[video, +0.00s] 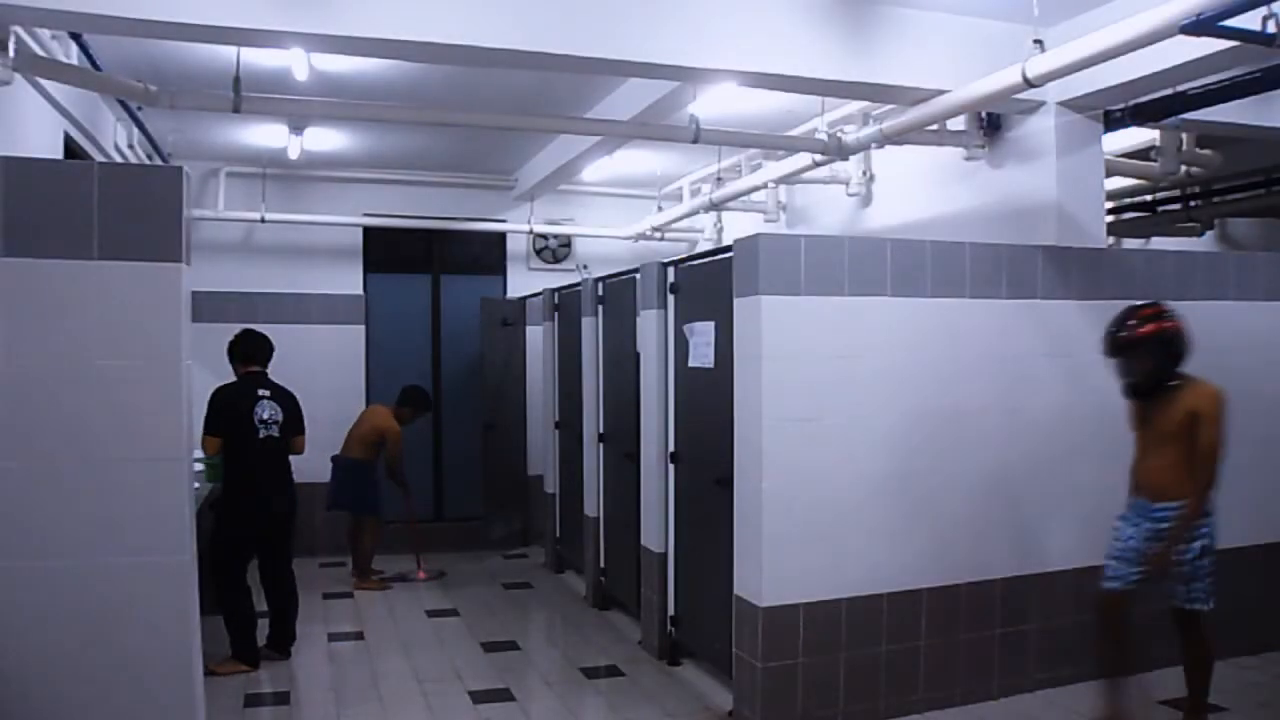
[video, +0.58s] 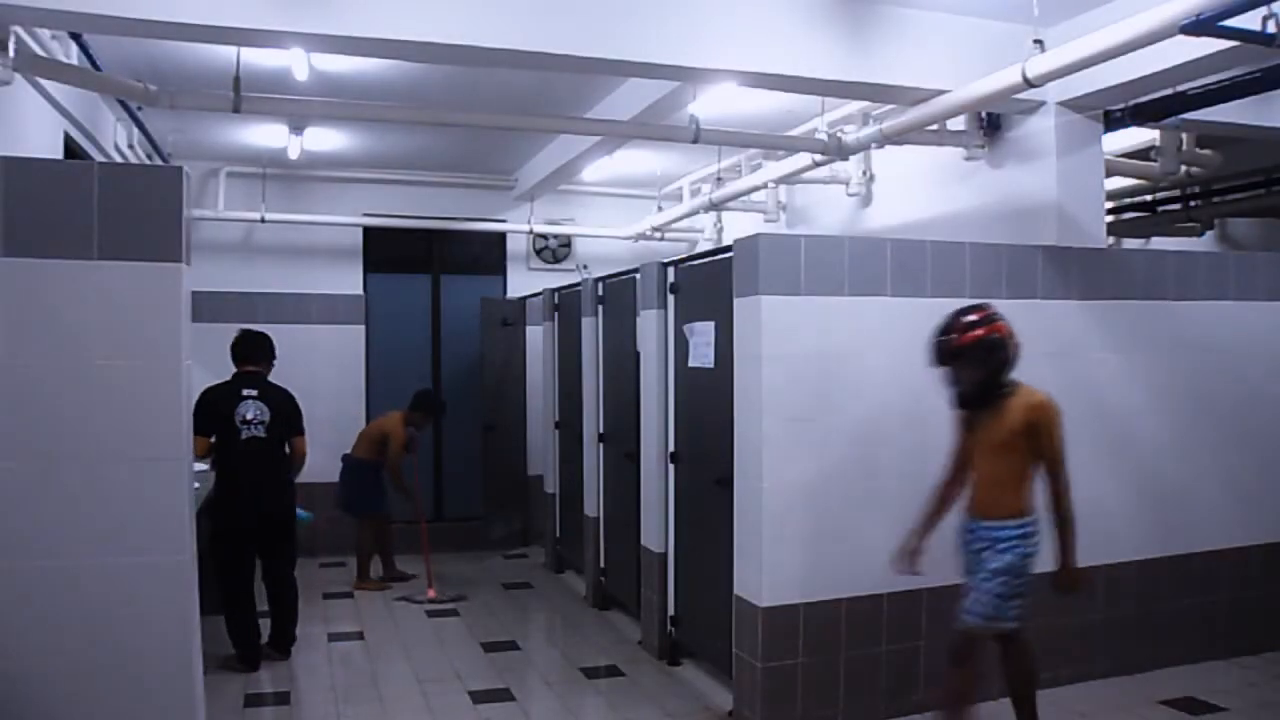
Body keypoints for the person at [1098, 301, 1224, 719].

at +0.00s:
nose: (1126, 369)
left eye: (1133, 358)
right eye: (1123, 360)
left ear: (1161, 353)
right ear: (1126, 360)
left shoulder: (1203, 398)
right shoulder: (1141, 398)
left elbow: (1205, 482)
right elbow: (1144, 459)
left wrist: (1170, 542)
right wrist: (1132, 514)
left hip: (1187, 519)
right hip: (1141, 513)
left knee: (1190, 614)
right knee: (1111, 596)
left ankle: (1197, 707)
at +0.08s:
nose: (1105, 373)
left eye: (1112, 362)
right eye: (1101, 364)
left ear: (1140, 357)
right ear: (1102, 364)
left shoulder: (1179, 404)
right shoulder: (1120, 407)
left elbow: (1181, 485)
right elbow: (1128, 469)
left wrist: (1140, 544)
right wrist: (1117, 516)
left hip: (1167, 525)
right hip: (1121, 521)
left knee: (1182, 623)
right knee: (1092, 617)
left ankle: (1195, 707)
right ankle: (1064, 704)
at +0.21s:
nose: (1063, 377)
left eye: (1071, 365)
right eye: (1059, 368)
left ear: (1098, 361)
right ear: (1059, 368)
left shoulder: (1136, 409)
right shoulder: (1080, 412)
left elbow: (1144, 489)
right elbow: (1088, 475)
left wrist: (1102, 552)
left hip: (1124, 537)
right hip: (1075, 533)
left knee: (1148, 630)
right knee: (1048, 627)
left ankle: (1187, 704)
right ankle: (1035, 713)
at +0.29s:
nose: (1034, 377)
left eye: (1041, 366)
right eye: (1031, 368)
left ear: (1070, 361)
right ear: (1035, 367)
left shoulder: (1109, 407)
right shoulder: (1053, 408)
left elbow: (1121, 489)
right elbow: (1062, 474)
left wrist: (1093, 557)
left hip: (1094, 539)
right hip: (1049, 532)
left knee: (1103, 638)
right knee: (1026, 628)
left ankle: (1162, 699)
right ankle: (1029, 713)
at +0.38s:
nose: (1012, 375)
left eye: (1018, 363)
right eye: (1007, 365)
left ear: (1047, 356)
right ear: (1008, 364)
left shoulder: (1087, 402)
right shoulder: (1027, 403)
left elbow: (1102, 488)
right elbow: (1029, 465)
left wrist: (1088, 559)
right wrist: (1015, 524)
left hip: (1066, 532)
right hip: (1025, 526)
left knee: (1047, 632)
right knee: (1016, 631)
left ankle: (1109, 696)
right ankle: (1027, 713)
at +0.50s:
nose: (978, 375)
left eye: (986, 363)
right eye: (974, 365)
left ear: (1014, 357)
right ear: (977, 362)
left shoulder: (1055, 402)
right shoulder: (994, 404)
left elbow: (1075, 482)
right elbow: (982, 471)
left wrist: (1078, 561)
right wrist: (951, 536)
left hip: (1033, 535)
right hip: (995, 531)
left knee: (995, 637)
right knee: (1013, 641)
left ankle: (1015, 710)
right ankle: (1026, 712)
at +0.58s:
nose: (956, 379)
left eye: (964, 367)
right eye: (953, 369)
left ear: (993, 360)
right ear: (955, 366)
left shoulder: (1035, 409)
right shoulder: (973, 409)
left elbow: (1059, 488)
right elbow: (956, 476)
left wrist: (1067, 563)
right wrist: (919, 536)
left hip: (1013, 538)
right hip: (975, 537)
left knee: (965, 641)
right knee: (1010, 641)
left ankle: (955, 711)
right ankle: (1027, 714)